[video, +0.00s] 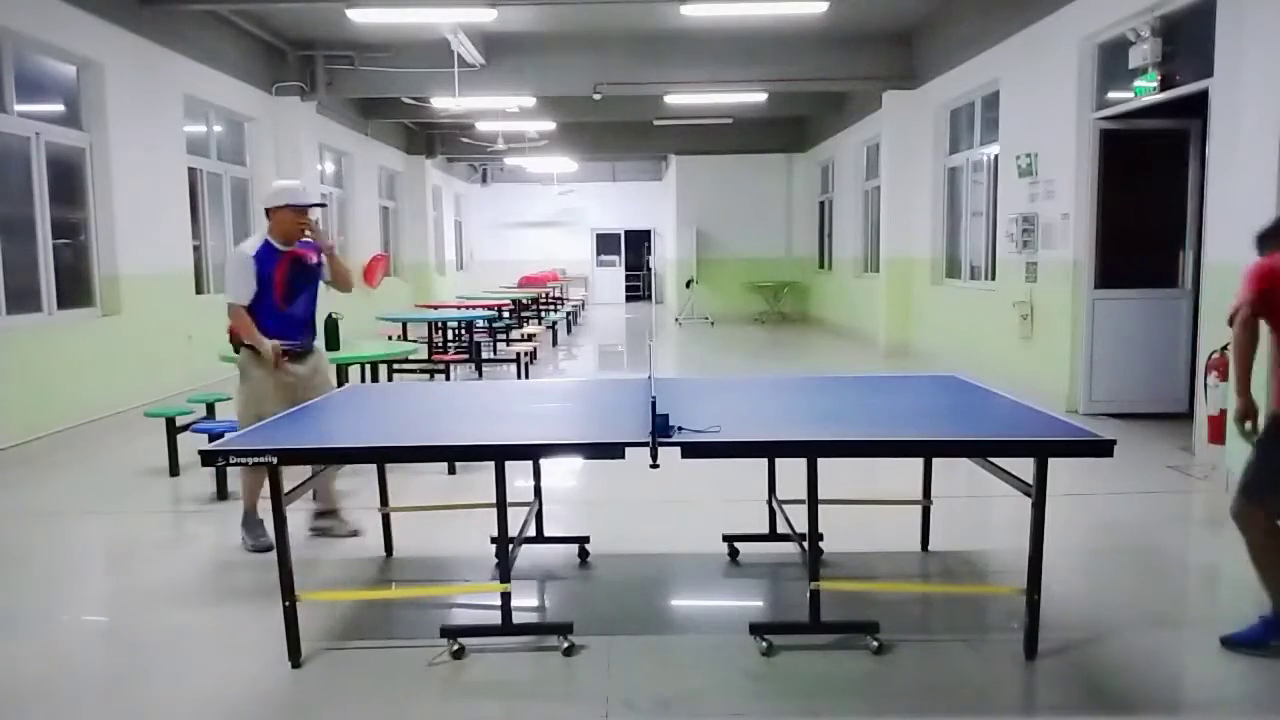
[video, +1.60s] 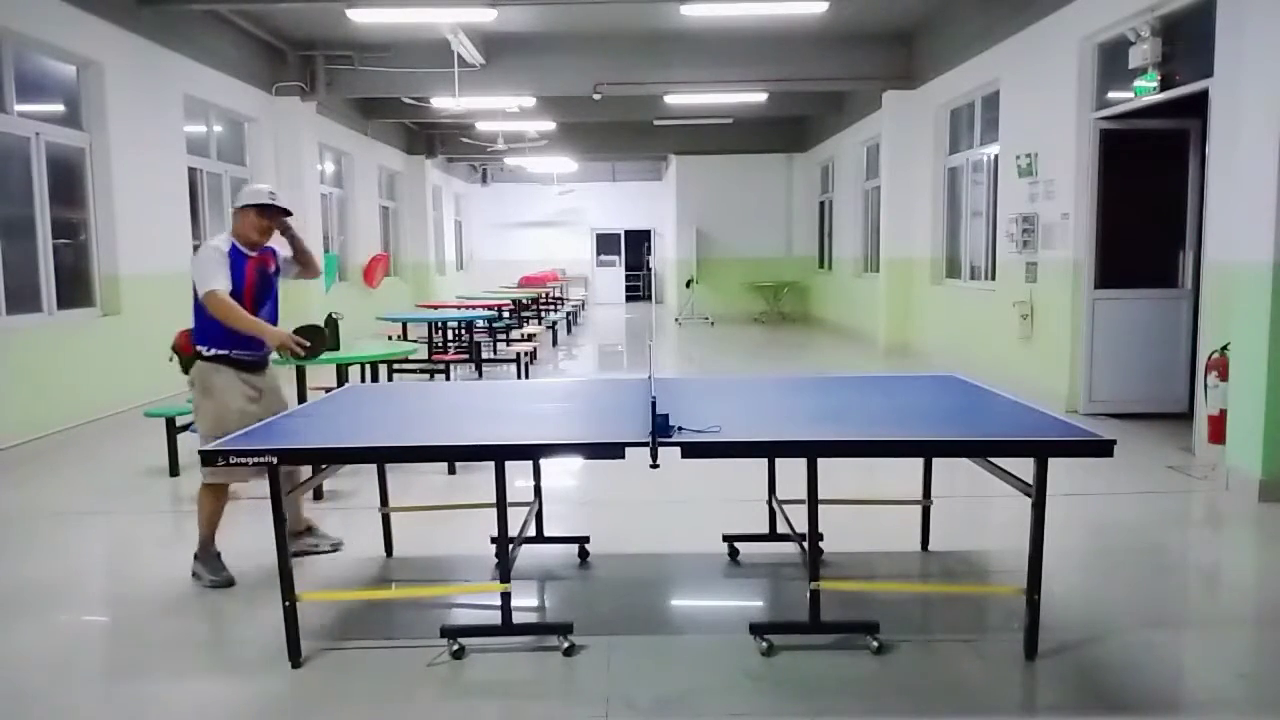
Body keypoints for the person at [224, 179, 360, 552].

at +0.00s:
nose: (306, 219)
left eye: (307, 213)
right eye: (298, 213)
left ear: (308, 216)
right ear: (274, 214)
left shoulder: (311, 251)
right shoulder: (248, 255)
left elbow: (346, 285)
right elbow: (236, 312)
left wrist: (327, 250)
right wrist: (261, 344)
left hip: (308, 359)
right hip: (262, 362)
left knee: (327, 432)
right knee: (257, 441)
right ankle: (251, 519)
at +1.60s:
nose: (271, 228)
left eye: (275, 223)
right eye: (265, 220)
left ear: (273, 225)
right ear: (241, 215)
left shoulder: (271, 254)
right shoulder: (213, 253)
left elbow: (311, 270)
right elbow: (218, 305)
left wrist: (290, 235)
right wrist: (270, 333)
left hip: (260, 374)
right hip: (219, 374)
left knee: (288, 452)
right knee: (221, 466)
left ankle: (296, 530)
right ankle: (205, 553)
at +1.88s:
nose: (244, 212)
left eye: (245, 205)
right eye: (235, 205)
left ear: (238, 209)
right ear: (207, 210)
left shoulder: (244, 249)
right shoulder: (190, 252)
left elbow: (265, 291)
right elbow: (207, 310)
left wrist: (301, 295)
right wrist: (259, 341)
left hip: (251, 367)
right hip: (210, 370)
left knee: (263, 455)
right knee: (211, 464)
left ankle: (274, 535)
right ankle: (204, 553)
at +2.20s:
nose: (250, 214)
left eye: (251, 207)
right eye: (241, 207)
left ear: (244, 210)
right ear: (214, 211)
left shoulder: (250, 249)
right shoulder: (193, 250)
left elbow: (252, 308)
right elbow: (207, 309)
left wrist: (272, 341)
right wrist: (263, 338)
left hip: (259, 367)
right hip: (215, 371)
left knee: (290, 438)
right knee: (212, 462)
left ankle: (293, 518)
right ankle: (205, 551)